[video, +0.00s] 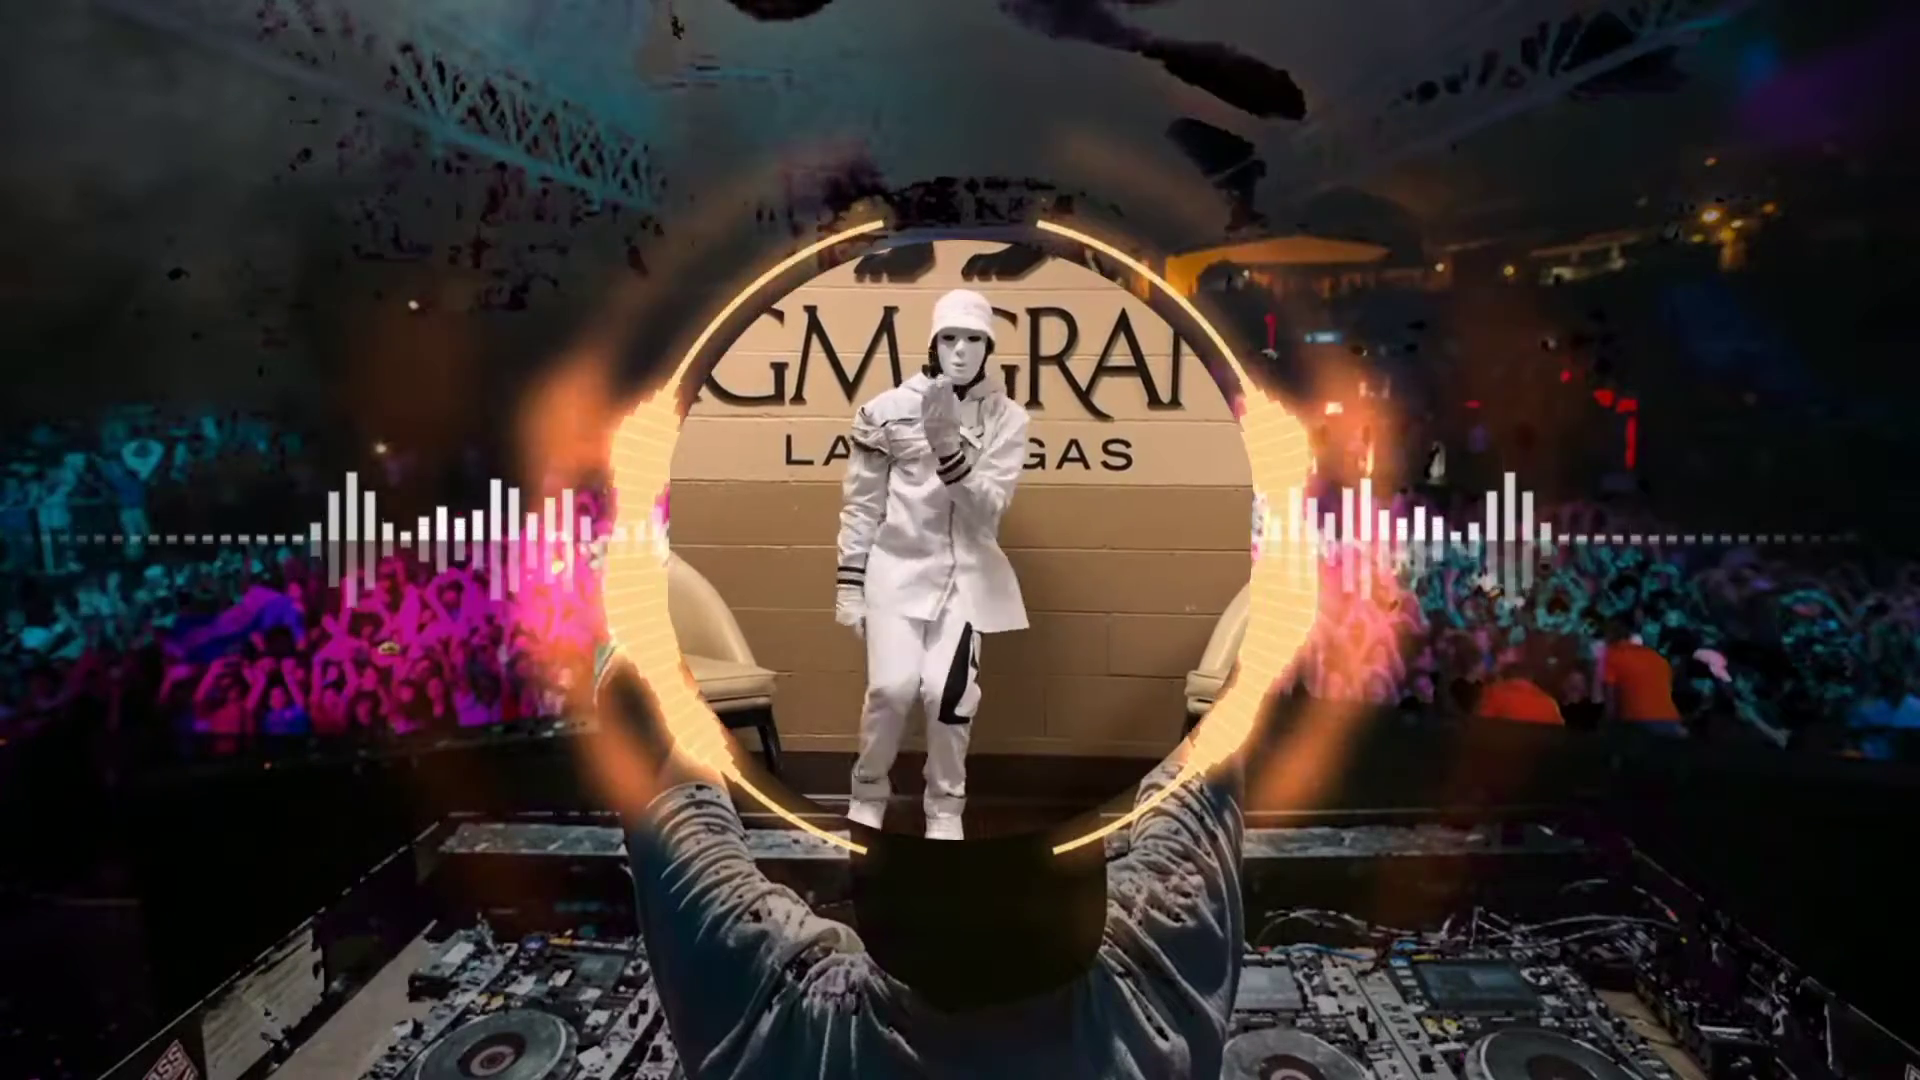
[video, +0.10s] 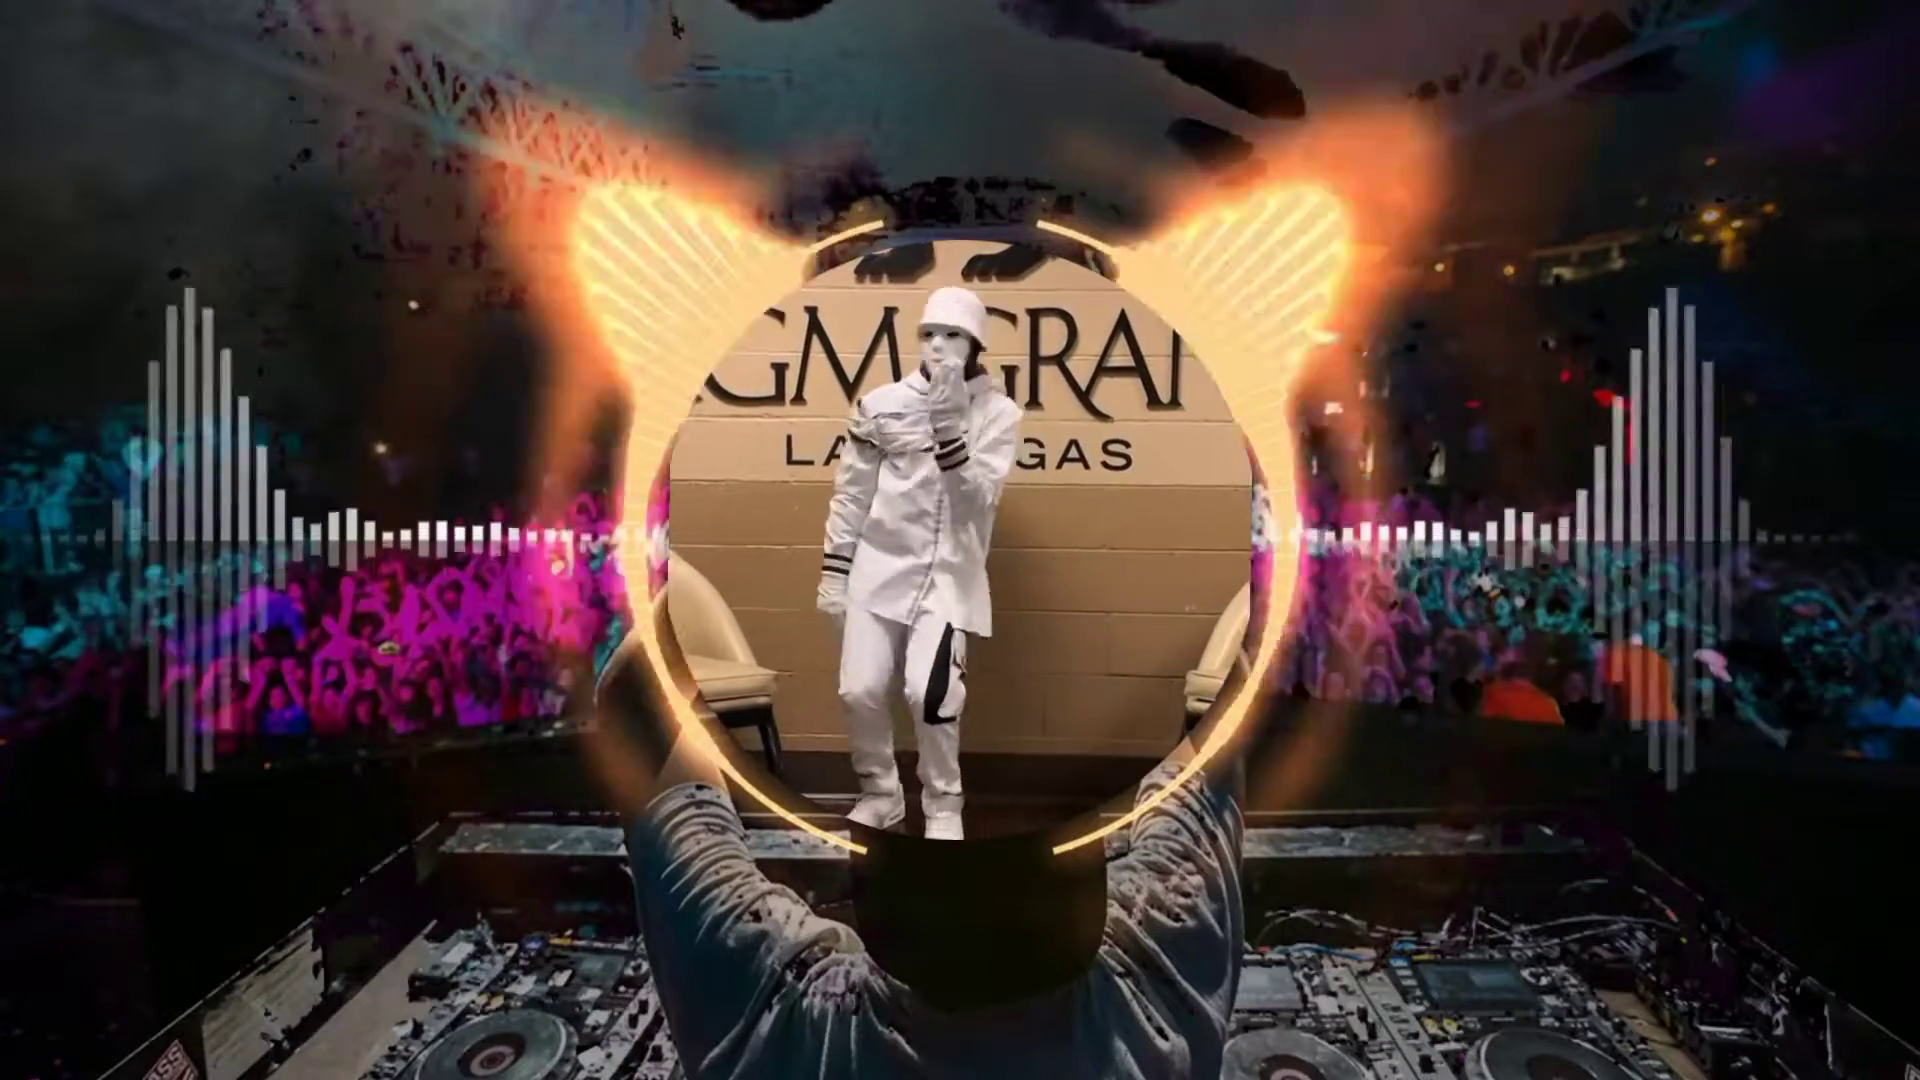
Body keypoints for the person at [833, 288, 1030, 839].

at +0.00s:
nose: (960, 350)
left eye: (972, 340)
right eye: (951, 338)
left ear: (987, 349)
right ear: (934, 345)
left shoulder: (1006, 419)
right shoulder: (887, 412)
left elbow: (992, 508)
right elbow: (862, 505)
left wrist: (949, 444)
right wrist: (850, 583)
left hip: (965, 580)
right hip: (895, 577)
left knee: (951, 697)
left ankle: (945, 815)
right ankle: (867, 802)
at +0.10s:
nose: (938, 347)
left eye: (952, 337)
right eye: (931, 335)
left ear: (974, 348)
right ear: (919, 341)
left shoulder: (997, 414)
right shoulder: (882, 405)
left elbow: (978, 503)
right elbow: (850, 494)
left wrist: (948, 429)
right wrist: (835, 569)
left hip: (949, 578)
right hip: (877, 572)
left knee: (932, 691)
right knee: (859, 690)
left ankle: (943, 810)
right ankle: (880, 799)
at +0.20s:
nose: (868, 343)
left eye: (879, 333)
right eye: (869, 332)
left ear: (915, 341)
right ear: (890, 339)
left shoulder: (966, 392)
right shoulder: (883, 398)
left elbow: (970, 487)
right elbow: (862, 482)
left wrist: (933, 409)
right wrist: (844, 552)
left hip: (936, 566)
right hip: (874, 562)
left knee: (914, 696)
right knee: (846, 685)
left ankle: (942, 814)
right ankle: (881, 799)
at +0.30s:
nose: (853, 337)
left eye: (863, 327)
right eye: (854, 326)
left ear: (896, 335)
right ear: (887, 332)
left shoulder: (947, 392)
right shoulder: (879, 390)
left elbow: (964, 489)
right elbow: (864, 478)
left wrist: (896, 425)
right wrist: (850, 537)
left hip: (929, 571)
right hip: (871, 564)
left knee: (914, 699)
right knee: (846, 685)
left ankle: (946, 810)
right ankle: (883, 797)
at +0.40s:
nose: (843, 335)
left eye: (851, 324)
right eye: (844, 324)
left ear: (882, 328)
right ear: (886, 327)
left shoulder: (936, 382)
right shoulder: (889, 387)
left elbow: (977, 467)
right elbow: (892, 487)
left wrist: (887, 453)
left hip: (922, 574)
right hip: (875, 570)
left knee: (896, 697)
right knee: (837, 673)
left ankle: (968, 799)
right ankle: (897, 788)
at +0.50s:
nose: (841, 332)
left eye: (850, 321)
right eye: (843, 320)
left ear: (881, 325)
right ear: (885, 326)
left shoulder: (932, 371)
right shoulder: (890, 382)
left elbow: (984, 437)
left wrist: (897, 455)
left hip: (931, 565)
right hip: (888, 562)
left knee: (884, 687)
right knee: (838, 665)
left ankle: (978, 800)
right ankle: (898, 791)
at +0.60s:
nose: (845, 334)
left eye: (854, 323)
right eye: (846, 323)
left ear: (884, 324)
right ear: (887, 326)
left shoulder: (936, 363)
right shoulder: (899, 382)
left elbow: (990, 414)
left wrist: (909, 450)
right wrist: (868, 454)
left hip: (944, 565)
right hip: (907, 564)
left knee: (907, 688)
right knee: (864, 672)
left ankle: (989, 809)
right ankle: (907, 802)